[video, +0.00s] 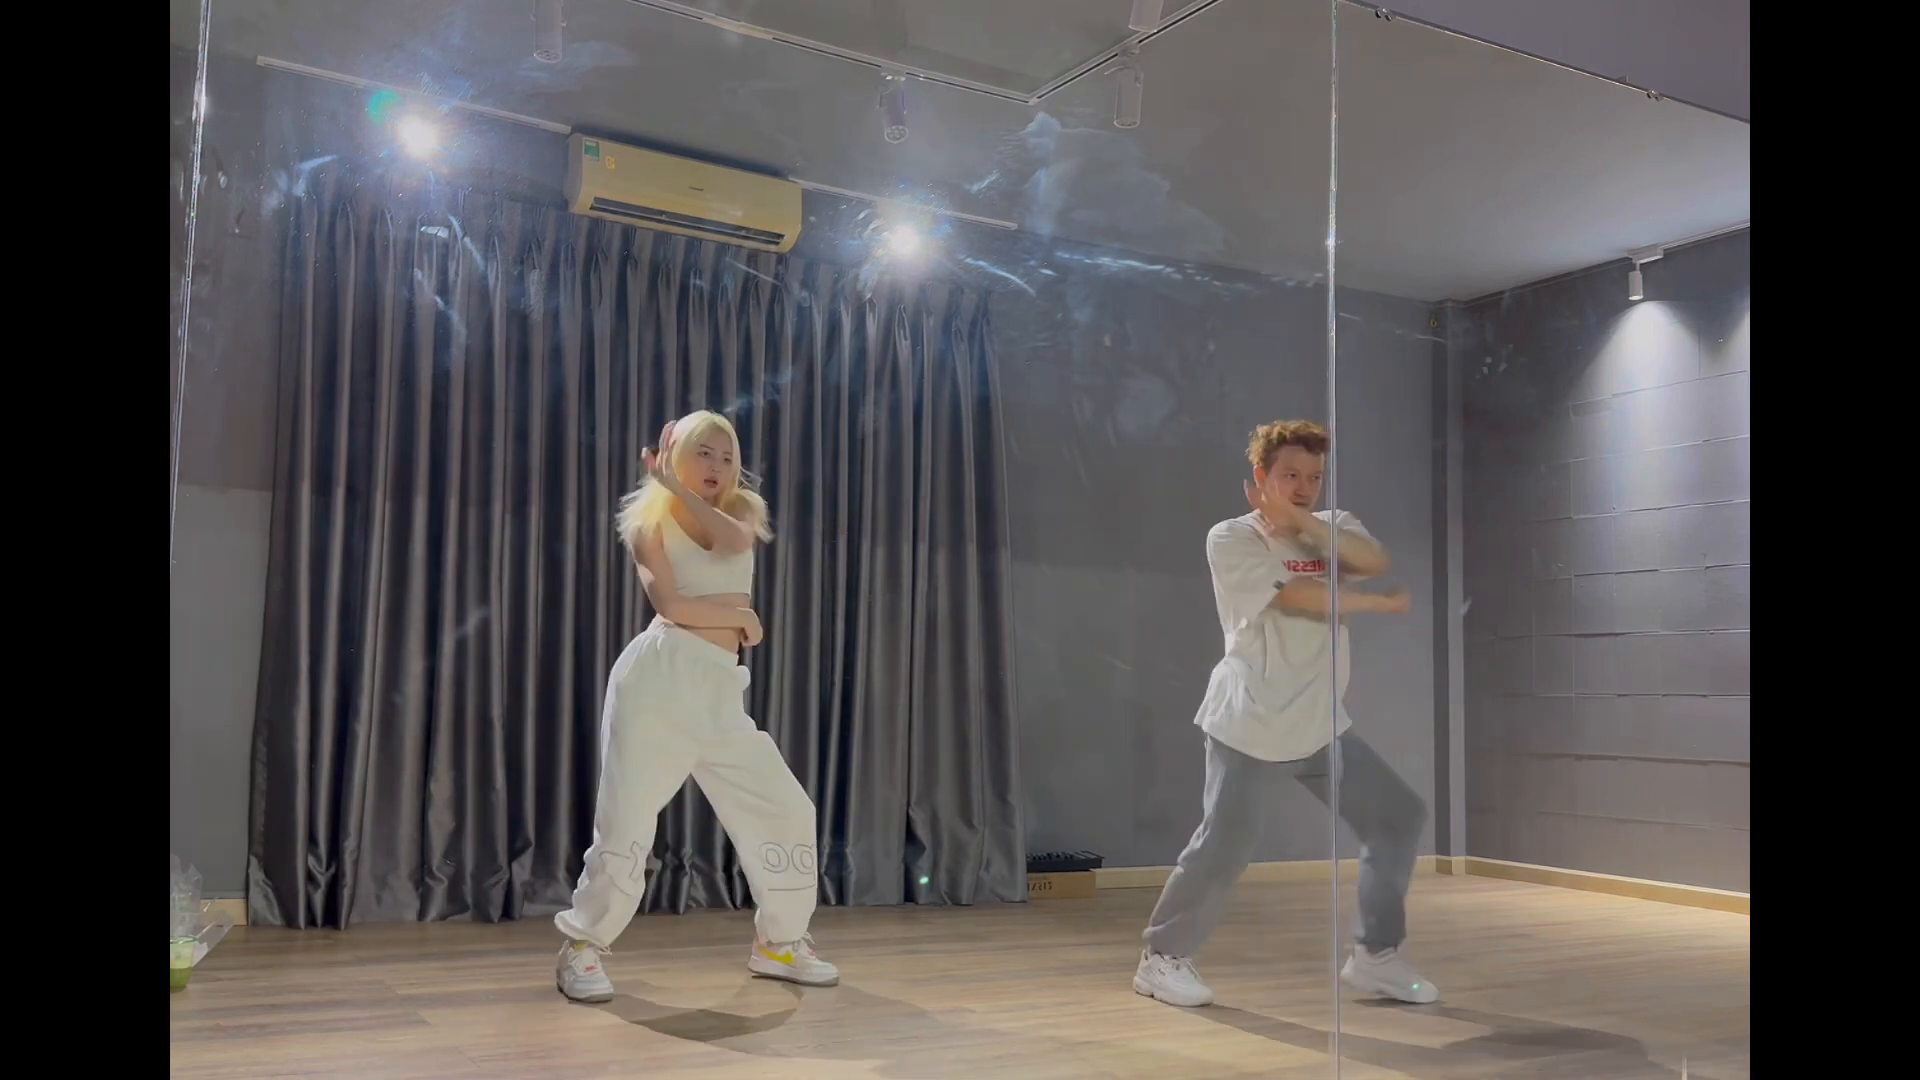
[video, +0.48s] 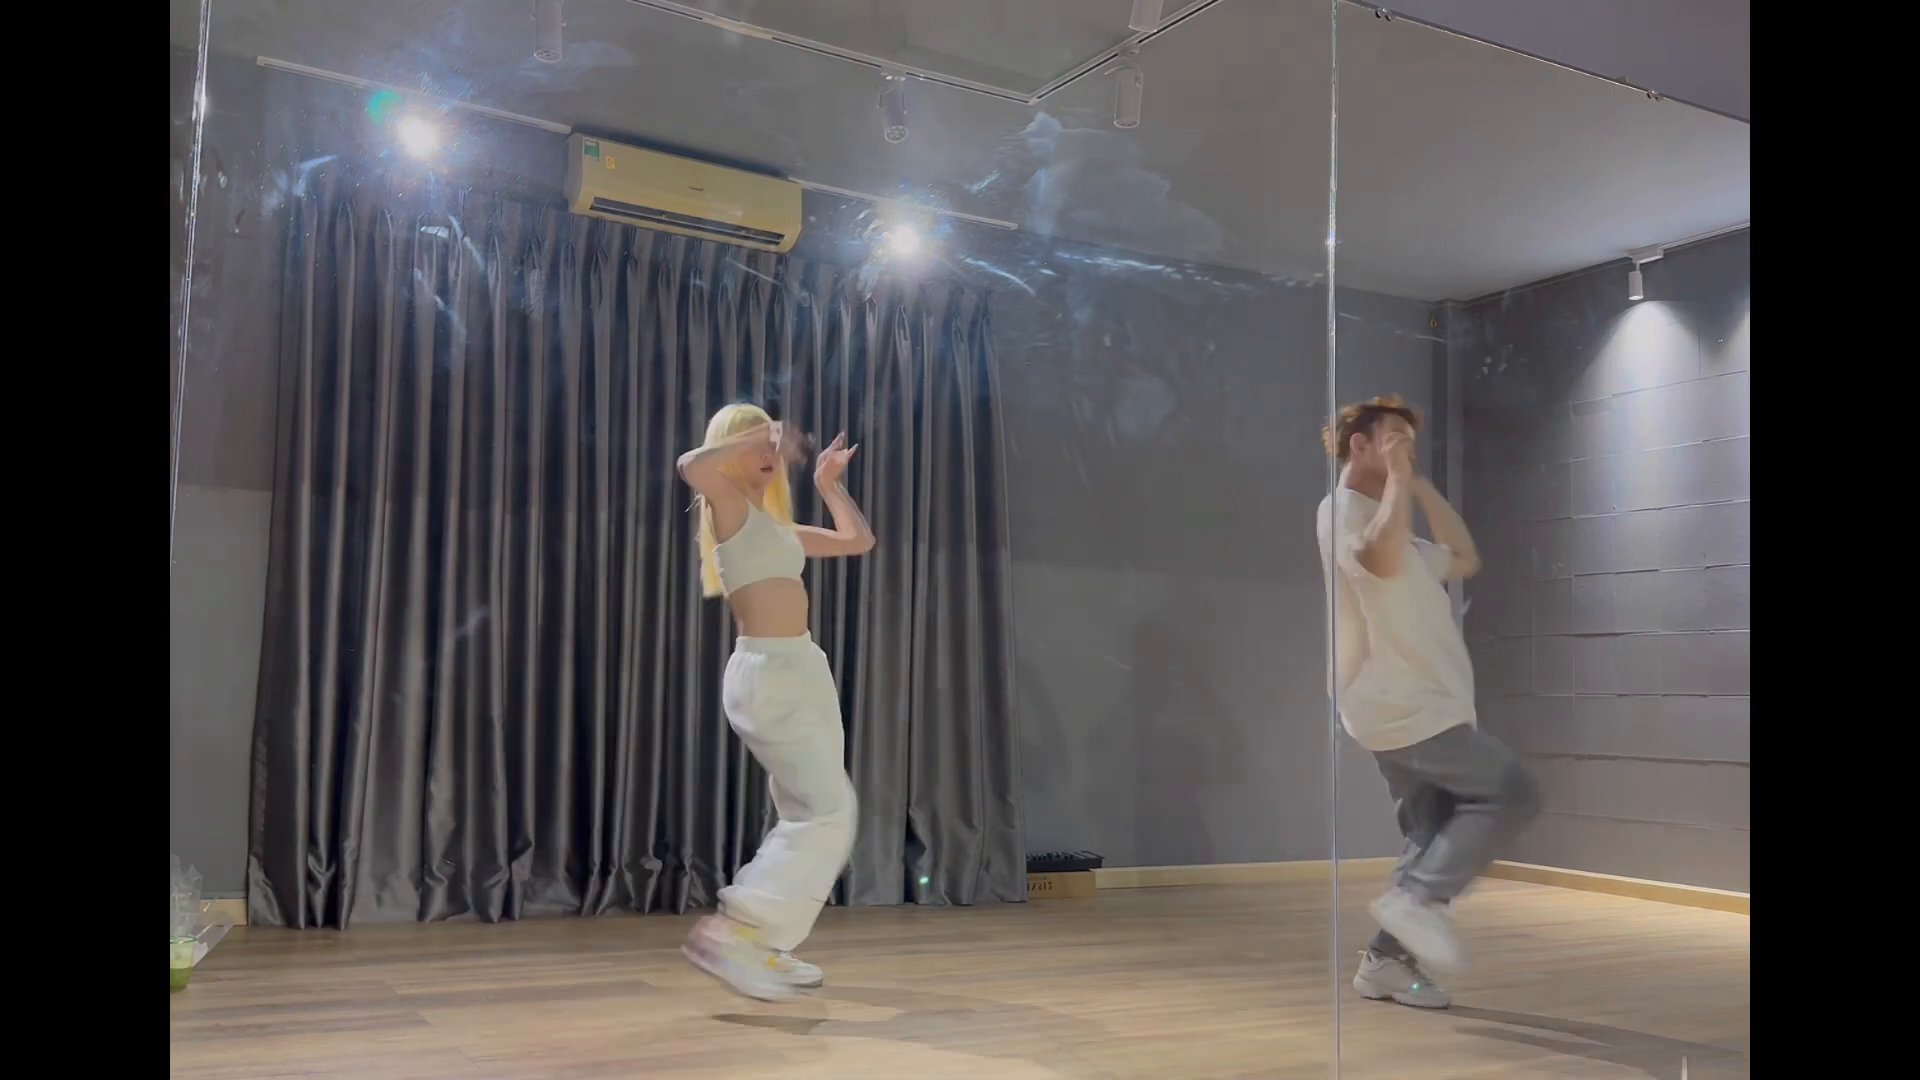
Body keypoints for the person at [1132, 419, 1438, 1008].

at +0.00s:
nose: (1305, 487)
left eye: (1313, 477)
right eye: (1292, 476)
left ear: (1321, 483)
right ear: (1259, 480)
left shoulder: (1334, 528)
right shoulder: (1230, 541)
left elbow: (1377, 563)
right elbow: (1292, 596)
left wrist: (1308, 529)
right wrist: (1380, 603)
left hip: (1316, 722)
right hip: (1246, 721)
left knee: (1399, 816)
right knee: (1226, 839)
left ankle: (1375, 956)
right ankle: (1162, 958)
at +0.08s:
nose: (1310, 491)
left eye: (1319, 480)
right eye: (1299, 477)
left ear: (1324, 484)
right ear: (1265, 473)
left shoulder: (1321, 539)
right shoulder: (1238, 540)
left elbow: (1408, 542)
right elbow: (1316, 607)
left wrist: (1337, 524)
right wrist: (1394, 610)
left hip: (1320, 723)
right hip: (1252, 727)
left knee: (1422, 814)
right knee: (1239, 851)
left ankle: (1385, 946)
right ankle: (1162, 958)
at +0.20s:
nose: (1335, 482)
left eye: (1343, 473)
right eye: (1323, 468)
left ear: (1348, 477)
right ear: (1286, 465)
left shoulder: (1327, 524)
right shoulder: (1265, 529)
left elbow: (1385, 488)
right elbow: (1340, 598)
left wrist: (1380, 485)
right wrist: (1402, 607)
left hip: (1365, 716)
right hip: (1298, 725)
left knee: (1444, 844)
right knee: (1253, 851)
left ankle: (1387, 962)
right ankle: (1166, 956)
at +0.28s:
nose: (1354, 483)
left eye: (1360, 475)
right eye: (1345, 467)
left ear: (1362, 476)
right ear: (1307, 459)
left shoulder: (1322, 513)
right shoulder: (1286, 518)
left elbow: (1359, 475)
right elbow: (1369, 583)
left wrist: (1409, 442)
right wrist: (1422, 599)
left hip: (1407, 710)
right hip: (1341, 724)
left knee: (1451, 836)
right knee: (1302, 844)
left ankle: (1390, 962)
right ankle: (1204, 942)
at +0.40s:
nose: (1391, 460)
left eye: (1394, 448)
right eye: (1380, 445)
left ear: (1378, 455)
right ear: (1340, 450)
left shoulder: (1364, 510)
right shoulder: (1324, 509)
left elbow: (1419, 525)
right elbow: (1357, 545)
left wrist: (1399, 453)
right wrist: (1398, 466)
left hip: (1424, 700)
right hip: (1378, 710)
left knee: (1449, 835)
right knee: (1440, 836)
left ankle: (1392, 960)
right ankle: (1332, 889)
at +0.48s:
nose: (1406, 452)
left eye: (1410, 442)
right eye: (1396, 440)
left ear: (1406, 448)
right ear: (1358, 445)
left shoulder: (1390, 514)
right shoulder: (1342, 507)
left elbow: (1463, 559)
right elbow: (1383, 562)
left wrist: (1421, 484)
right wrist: (1397, 481)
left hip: (1417, 700)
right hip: (1393, 701)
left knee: (1431, 830)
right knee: (1513, 790)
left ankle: (1389, 961)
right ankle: (1418, 901)